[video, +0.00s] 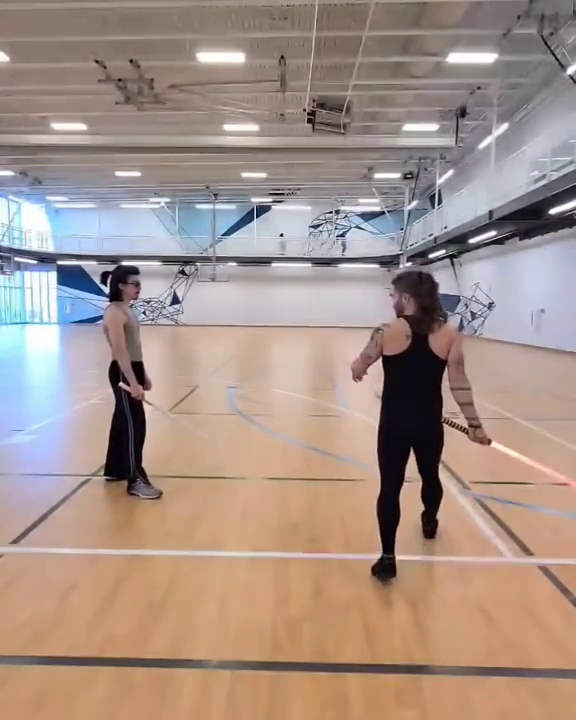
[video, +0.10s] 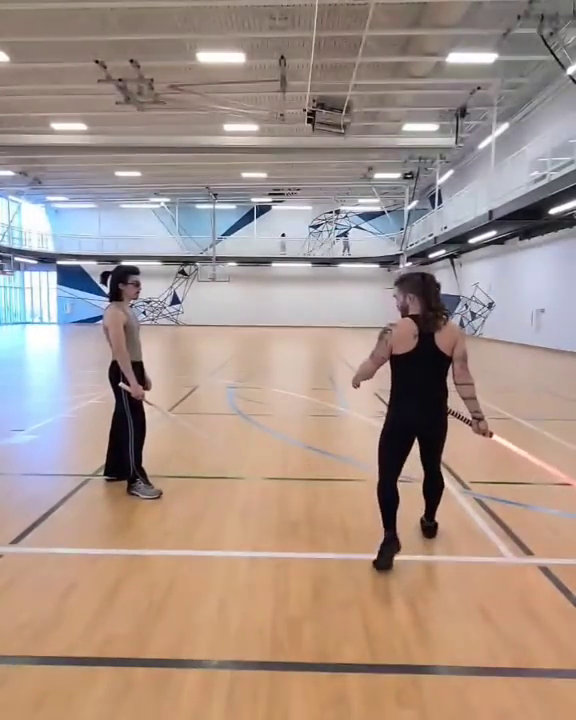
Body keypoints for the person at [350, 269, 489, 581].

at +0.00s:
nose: (392, 301)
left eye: (395, 296)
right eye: (393, 295)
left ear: (408, 298)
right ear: (429, 298)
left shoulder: (388, 332)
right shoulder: (450, 336)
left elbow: (360, 365)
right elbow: (459, 386)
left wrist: (357, 372)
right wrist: (475, 426)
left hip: (394, 426)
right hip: (429, 427)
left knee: (389, 488)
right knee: (430, 476)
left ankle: (388, 557)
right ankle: (430, 522)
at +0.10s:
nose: (397, 302)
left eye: (400, 297)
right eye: (397, 297)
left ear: (411, 298)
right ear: (431, 298)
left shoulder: (396, 331)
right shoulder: (453, 334)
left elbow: (372, 365)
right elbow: (463, 379)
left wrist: (358, 377)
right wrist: (477, 416)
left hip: (400, 418)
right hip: (434, 420)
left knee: (387, 478)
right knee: (432, 469)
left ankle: (390, 536)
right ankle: (430, 521)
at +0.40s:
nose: (397, 301)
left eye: (399, 295)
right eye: (397, 295)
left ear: (413, 296)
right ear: (425, 296)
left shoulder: (406, 325)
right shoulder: (452, 323)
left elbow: (395, 368)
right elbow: (464, 362)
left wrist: (387, 401)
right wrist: (475, 386)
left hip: (408, 402)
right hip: (438, 404)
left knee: (405, 450)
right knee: (433, 460)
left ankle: (407, 492)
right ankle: (429, 518)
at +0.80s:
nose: (396, 297)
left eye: (399, 292)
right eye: (397, 292)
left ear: (411, 294)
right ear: (420, 294)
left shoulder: (404, 323)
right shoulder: (447, 320)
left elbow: (389, 358)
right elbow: (452, 358)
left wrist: (369, 377)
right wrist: (440, 376)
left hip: (412, 390)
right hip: (439, 388)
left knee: (406, 438)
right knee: (446, 432)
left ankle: (407, 486)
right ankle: (449, 480)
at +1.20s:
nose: (426, 308)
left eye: (429, 303)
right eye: (426, 303)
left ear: (443, 305)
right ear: (447, 306)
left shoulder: (442, 330)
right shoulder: (458, 327)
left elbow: (429, 364)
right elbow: (458, 360)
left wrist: (408, 379)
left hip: (445, 393)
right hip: (463, 391)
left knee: (420, 433)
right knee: (457, 426)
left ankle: (412, 483)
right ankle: (477, 467)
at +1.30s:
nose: (431, 305)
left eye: (435, 301)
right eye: (431, 301)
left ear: (448, 302)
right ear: (452, 303)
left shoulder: (447, 327)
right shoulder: (462, 323)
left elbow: (441, 362)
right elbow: (462, 357)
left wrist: (427, 385)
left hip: (453, 389)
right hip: (470, 386)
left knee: (432, 429)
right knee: (462, 425)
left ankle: (429, 482)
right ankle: (478, 468)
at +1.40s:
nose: (435, 302)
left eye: (438, 298)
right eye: (435, 298)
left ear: (451, 300)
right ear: (455, 301)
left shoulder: (452, 323)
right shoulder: (468, 320)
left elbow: (446, 360)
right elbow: (471, 355)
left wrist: (436, 387)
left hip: (458, 386)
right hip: (475, 383)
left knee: (441, 429)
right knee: (465, 424)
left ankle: (449, 481)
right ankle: (478, 468)